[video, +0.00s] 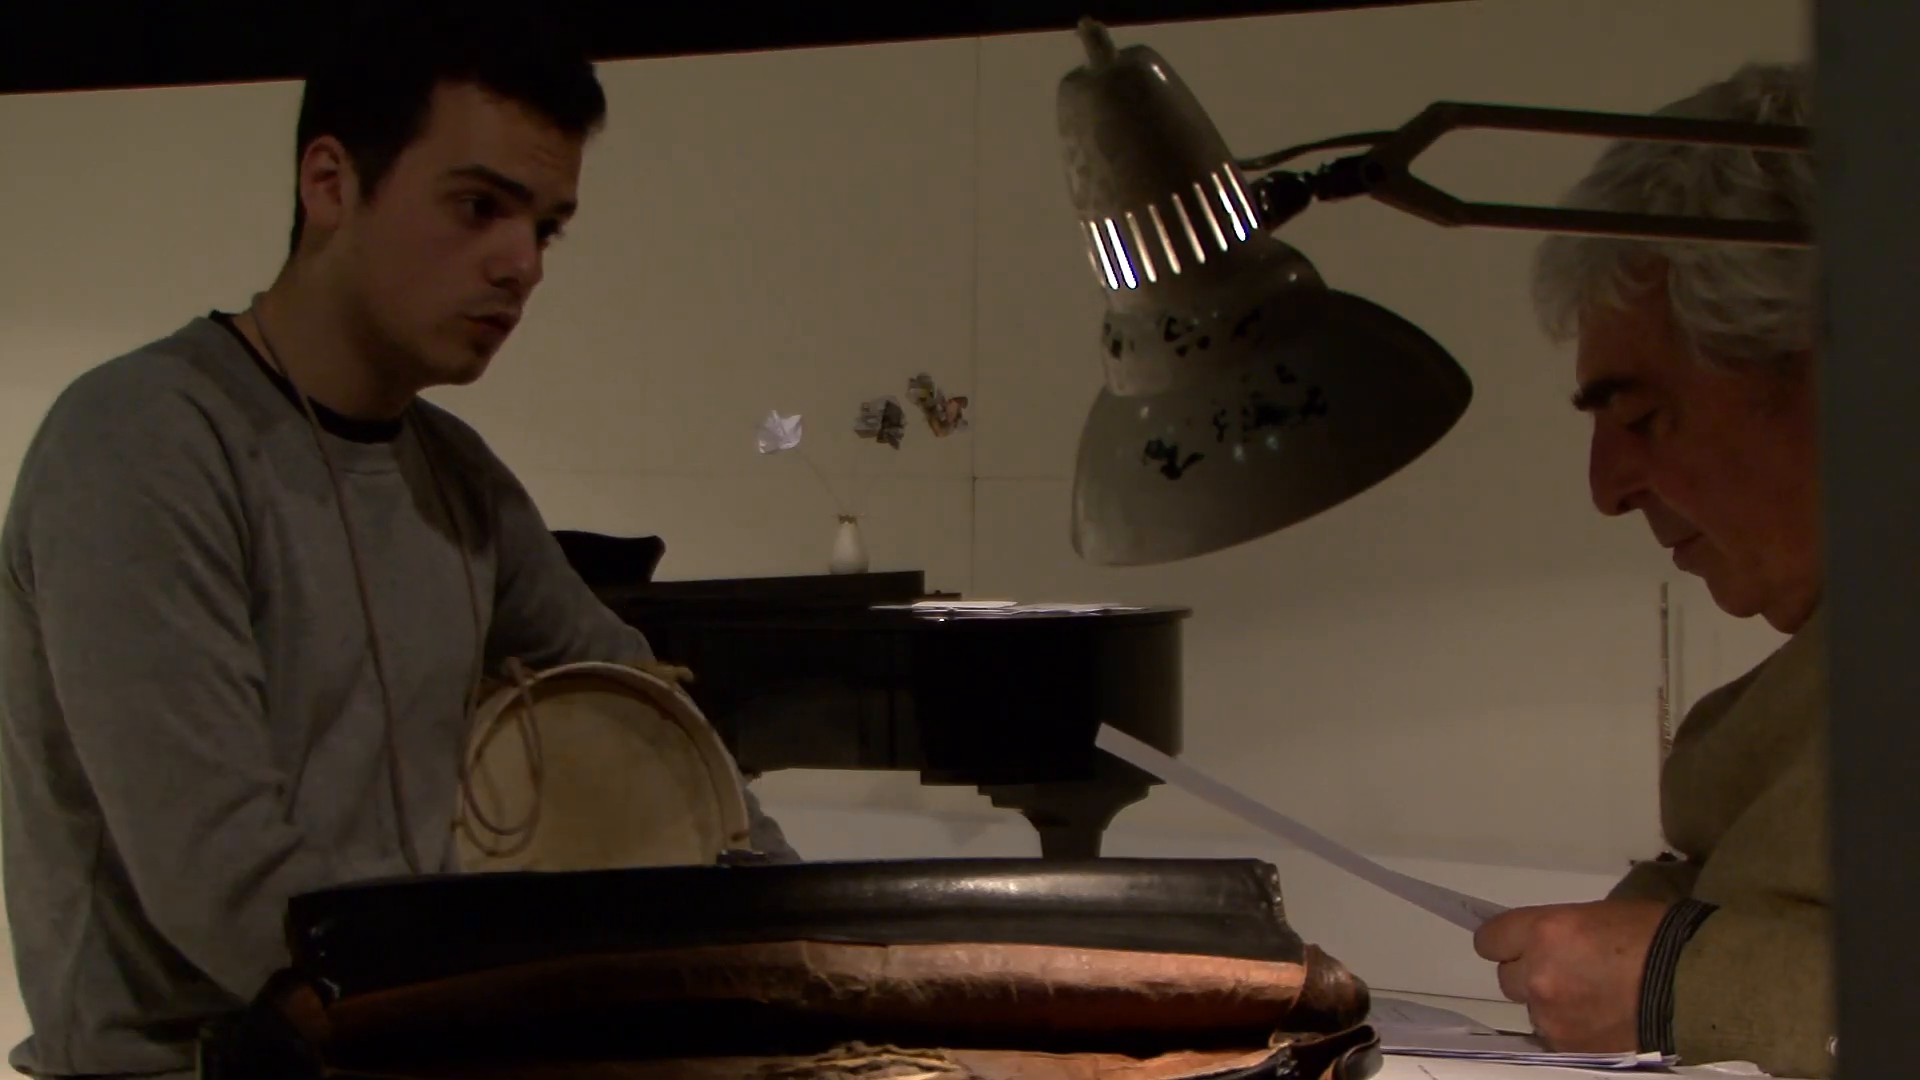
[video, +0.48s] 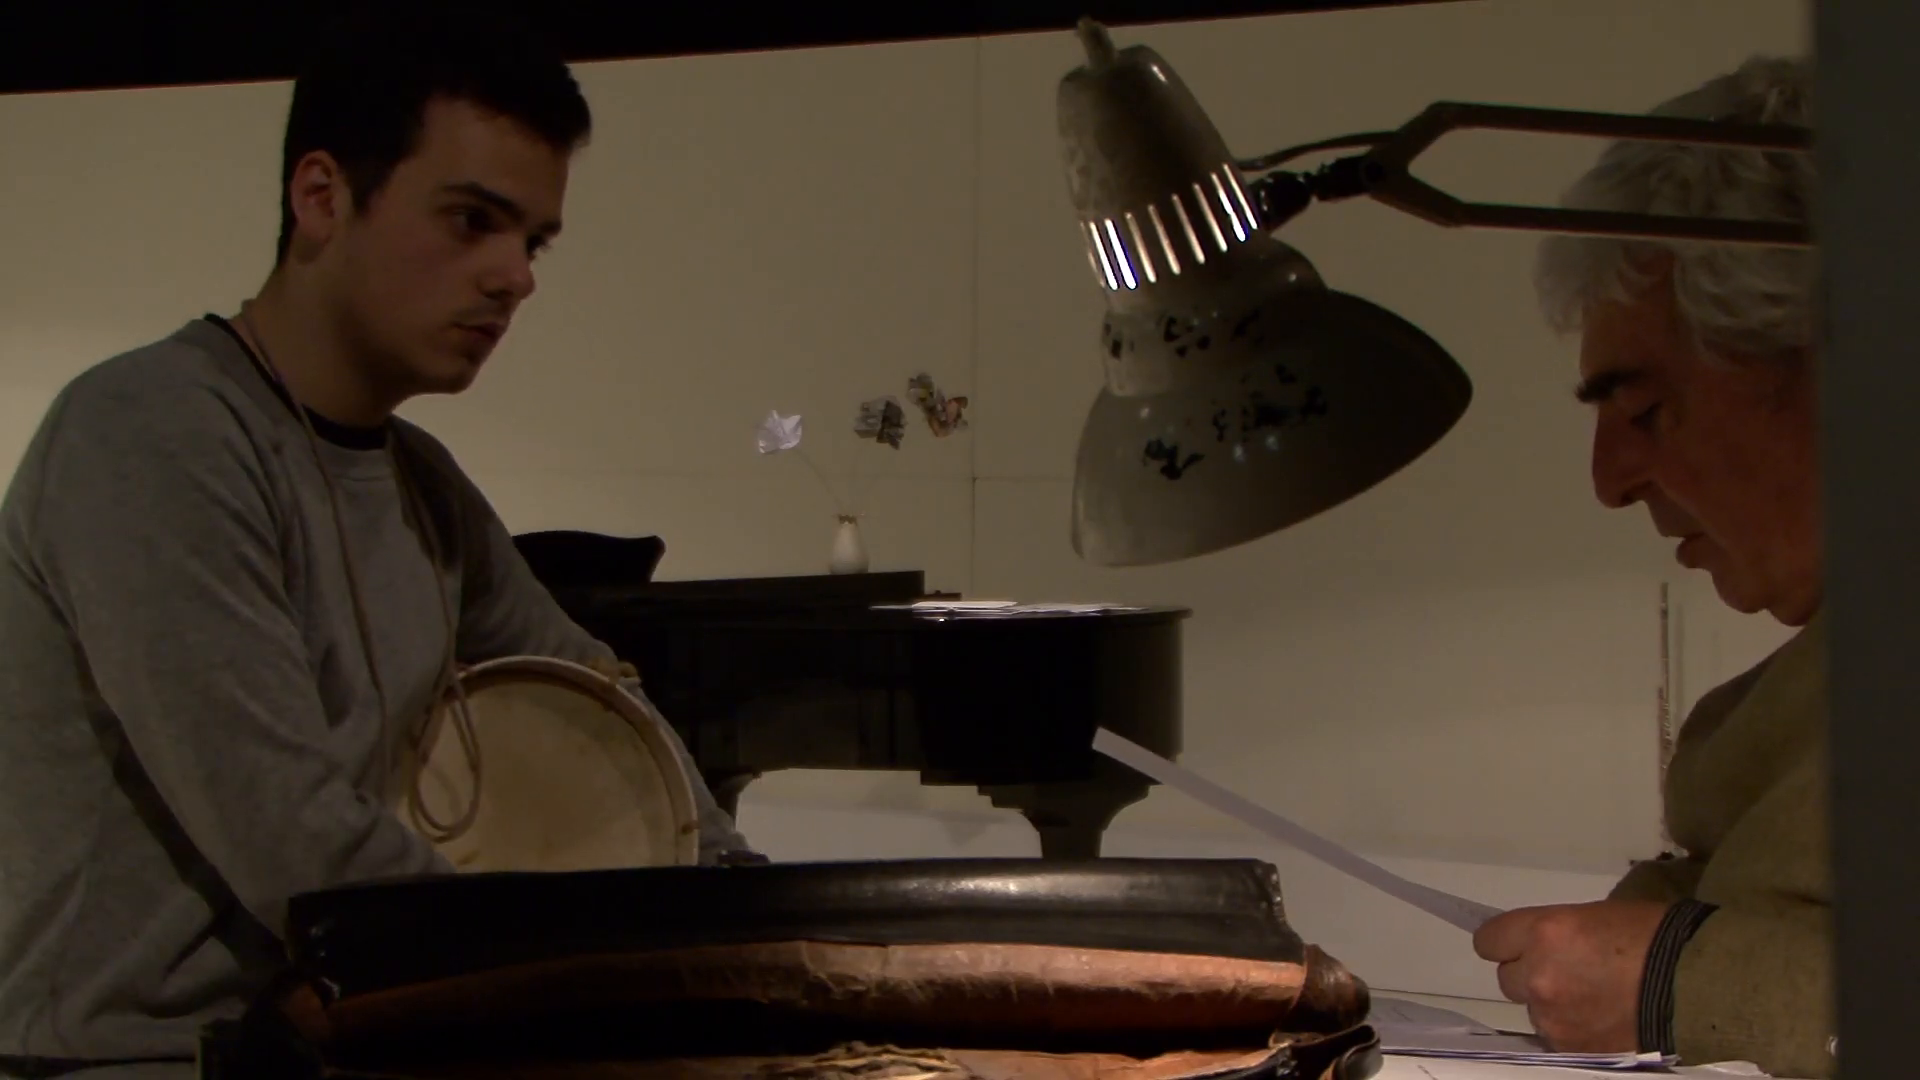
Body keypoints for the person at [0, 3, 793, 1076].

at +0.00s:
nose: (523, 266)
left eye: (545, 228)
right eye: (479, 206)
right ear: (329, 186)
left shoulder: (461, 478)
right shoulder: (131, 443)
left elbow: (639, 724)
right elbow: (224, 887)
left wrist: (791, 926)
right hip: (178, 1057)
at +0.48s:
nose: (515, 279)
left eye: (533, 244)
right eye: (471, 219)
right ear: (320, 200)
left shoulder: (424, 487)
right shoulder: (143, 435)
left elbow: (597, 716)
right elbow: (304, 858)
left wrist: (752, 916)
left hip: (344, 1036)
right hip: (127, 1057)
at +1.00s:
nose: (503, 285)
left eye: (521, 250)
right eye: (462, 226)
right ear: (310, 200)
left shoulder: (429, 488)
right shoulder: (128, 436)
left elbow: (611, 695)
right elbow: (311, 843)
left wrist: (756, 896)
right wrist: (611, 965)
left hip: (349, 1039)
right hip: (122, 1057)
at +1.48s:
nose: (509, 288)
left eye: (526, 251)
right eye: (467, 230)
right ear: (314, 203)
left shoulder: (430, 490)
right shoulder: (127, 435)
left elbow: (622, 697)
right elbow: (313, 839)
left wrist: (742, 910)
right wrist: (608, 961)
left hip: (348, 1039)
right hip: (118, 1057)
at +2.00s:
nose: (515, 297)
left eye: (535, 261)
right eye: (476, 237)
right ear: (325, 207)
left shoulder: (444, 496)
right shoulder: (119, 442)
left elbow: (647, 701)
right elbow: (261, 869)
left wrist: (753, 918)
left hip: (352, 1043)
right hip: (117, 1059)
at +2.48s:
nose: (521, 375)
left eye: (547, 339)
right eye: (497, 316)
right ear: (359, 238)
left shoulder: (468, 505)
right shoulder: (100, 445)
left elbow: (673, 721)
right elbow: (163, 896)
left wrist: (722, 944)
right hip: (65, 1034)